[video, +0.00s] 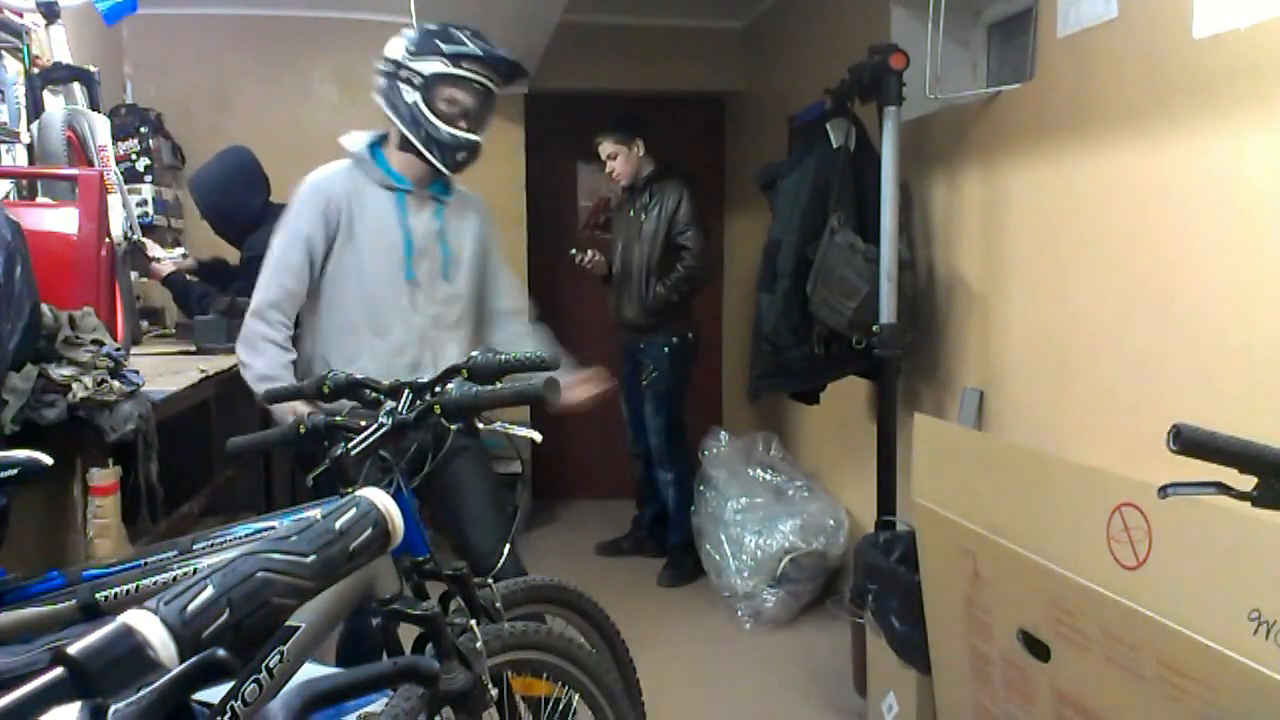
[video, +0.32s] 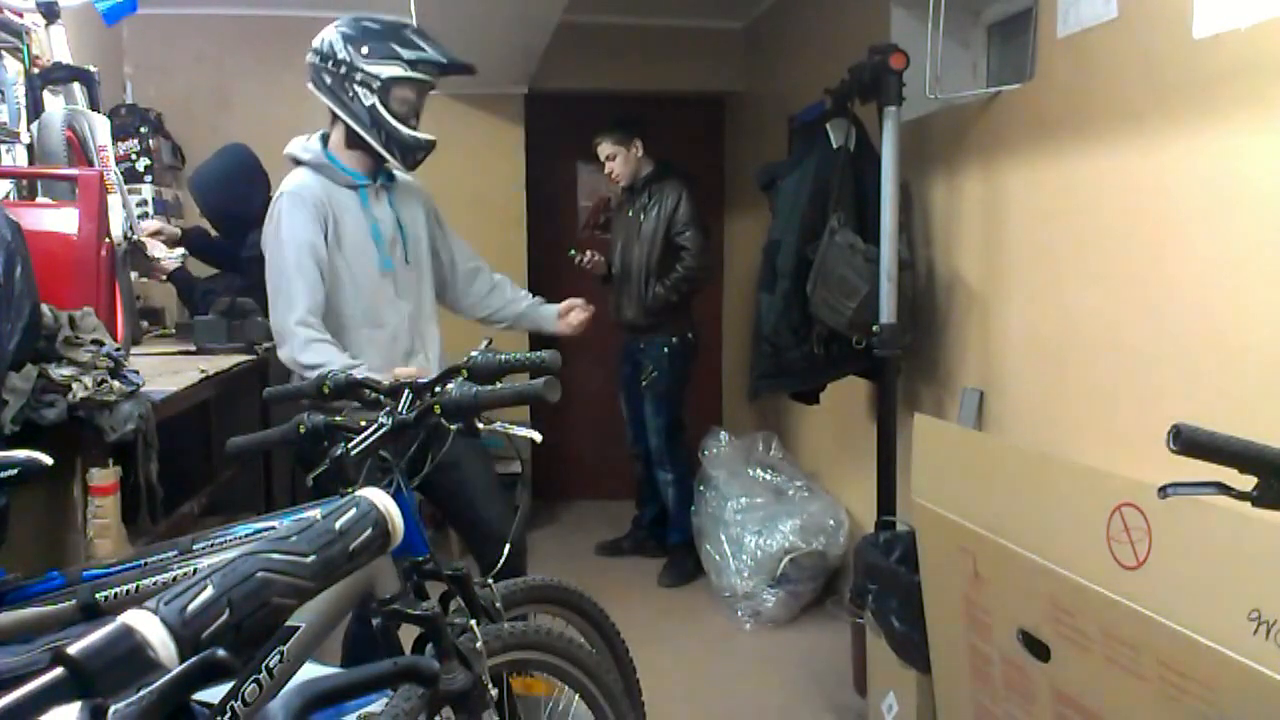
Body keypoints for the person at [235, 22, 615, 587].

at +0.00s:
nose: (462, 124)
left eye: (473, 111)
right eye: (450, 105)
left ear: (484, 116)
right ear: (406, 96)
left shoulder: (469, 215)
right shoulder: (330, 191)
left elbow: (505, 320)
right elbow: (266, 319)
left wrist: (559, 376)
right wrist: (287, 404)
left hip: (446, 425)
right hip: (350, 427)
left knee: (501, 573)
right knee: (358, 593)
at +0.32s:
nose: (415, 122)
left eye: (419, 108)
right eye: (405, 107)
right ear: (359, 97)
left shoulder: (409, 197)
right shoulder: (303, 199)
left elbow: (465, 281)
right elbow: (296, 333)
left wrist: (547, 315)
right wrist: (370, 383)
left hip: (428, 405)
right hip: (349, 417)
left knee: (503, 541)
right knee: (370, 580)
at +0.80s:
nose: (446, 109)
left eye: (444, 96)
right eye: (436, 96)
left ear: (403, 105)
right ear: (398, 103)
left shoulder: (422, 195)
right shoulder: (358, 205)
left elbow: (460, 307)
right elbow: (350, 333)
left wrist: (505, 376)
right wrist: (404, 408)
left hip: (478, 401)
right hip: (421, 415)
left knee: (520, 523)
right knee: (431, 558)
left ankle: (476, 634)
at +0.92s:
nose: (465, 110)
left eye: (461, 96)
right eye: (451, 97)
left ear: (416, 108)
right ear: (412, 106)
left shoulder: (440, 197)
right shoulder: (388, 203)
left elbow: (478, 308)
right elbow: (393, 333)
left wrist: (542, 347)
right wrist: (486, 370)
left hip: (493, 398)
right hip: (442, 410)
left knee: (538, 521)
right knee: (456, 549)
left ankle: (490, 622)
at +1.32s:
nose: (519, 116)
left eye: (517, 104)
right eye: (505, 104)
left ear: (469, 118)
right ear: (468, 113)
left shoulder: (482, 193)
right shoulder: (469, 199)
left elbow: (496, 303)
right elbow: (480, 311)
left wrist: (576, 344)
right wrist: (570, 352)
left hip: (542, 388)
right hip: (525, 393)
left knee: (557, 518)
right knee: (558, 525)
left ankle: (498, 617)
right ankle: (491, 620)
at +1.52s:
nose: (544, 129)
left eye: (541, 117)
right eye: (530, 117)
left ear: (496, 128)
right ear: (494, 125)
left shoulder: (497, 196)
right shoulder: (505, 201)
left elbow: (528, 294)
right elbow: (546, 296)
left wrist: (574, 276)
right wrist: (640, 317)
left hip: (532, 393)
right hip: (543, 396)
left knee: (568, 525)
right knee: (623, 530)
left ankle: (492, 621)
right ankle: (583, 659)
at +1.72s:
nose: (579, 130)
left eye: (573, 116)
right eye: (566, 116)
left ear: (518, 128)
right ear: (536, 123)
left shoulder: (523, 198)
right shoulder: (540, 201)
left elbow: (566, 300)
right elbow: (578, 299)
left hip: (566, 400)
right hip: (588, 401)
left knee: (587, 528)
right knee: (671, 538)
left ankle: (497, 619)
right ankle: (630, 696)